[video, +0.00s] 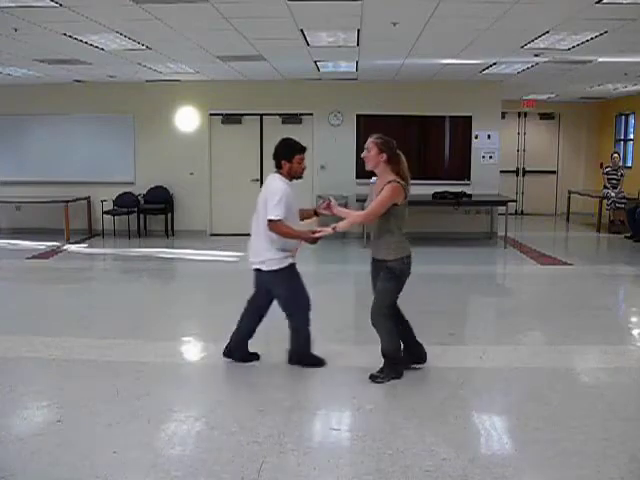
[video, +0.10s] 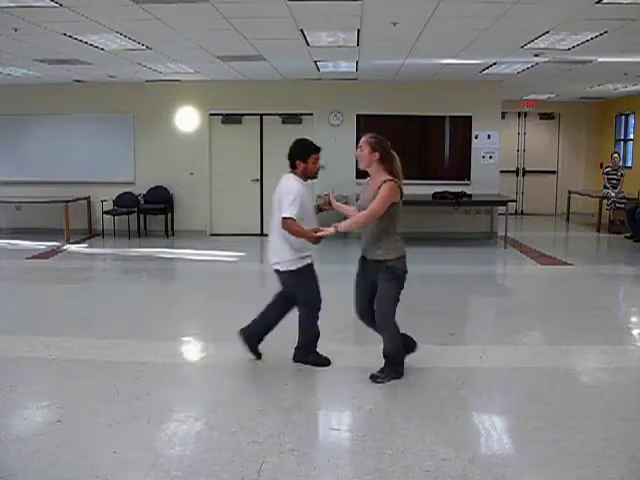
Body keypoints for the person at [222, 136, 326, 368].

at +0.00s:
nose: (304, 166)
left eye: (304, 161)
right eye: (300, 161)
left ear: (285, 165)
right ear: (285, 164)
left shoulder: (276, 183)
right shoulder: (279, 188)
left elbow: (287, 215)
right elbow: (274, 224)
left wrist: (314, 212)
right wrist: (303, 235)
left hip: (267, 259)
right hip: (275, 261)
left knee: (259, 303)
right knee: (299, 306)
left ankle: (236, 347)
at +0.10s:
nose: (318, 166)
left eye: (318, 161)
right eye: (315, 162)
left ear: (300, 164)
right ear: (300, 164)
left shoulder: (297, 184)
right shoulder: (293, 187)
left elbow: (298, 214)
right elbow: (287, 222)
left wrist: (320, 208)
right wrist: (309, 235)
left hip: (290, 256)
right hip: (293, 257)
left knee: (290, 296)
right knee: (311, 303)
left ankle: (253, 333)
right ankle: (306, 351)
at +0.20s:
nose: (334, 164)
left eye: (333, 159)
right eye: (329, 160)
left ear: (317, 163)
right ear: (314, 162)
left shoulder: (316, 182)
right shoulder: (305, 183)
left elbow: (315, 208)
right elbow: (298, 214)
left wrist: (331, 201)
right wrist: (304, 231)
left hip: (313, 254)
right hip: (301, 257)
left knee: (324, 293)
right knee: (315, 299)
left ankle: (288, 326)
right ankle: (306, 350)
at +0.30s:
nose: (344, 163)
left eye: (344, 158)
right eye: (340, 158)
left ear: (334, 160)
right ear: (328, 161)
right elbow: (303, 212)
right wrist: (293, 241)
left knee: (337, 300)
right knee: (311, 306)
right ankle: (304, 349)